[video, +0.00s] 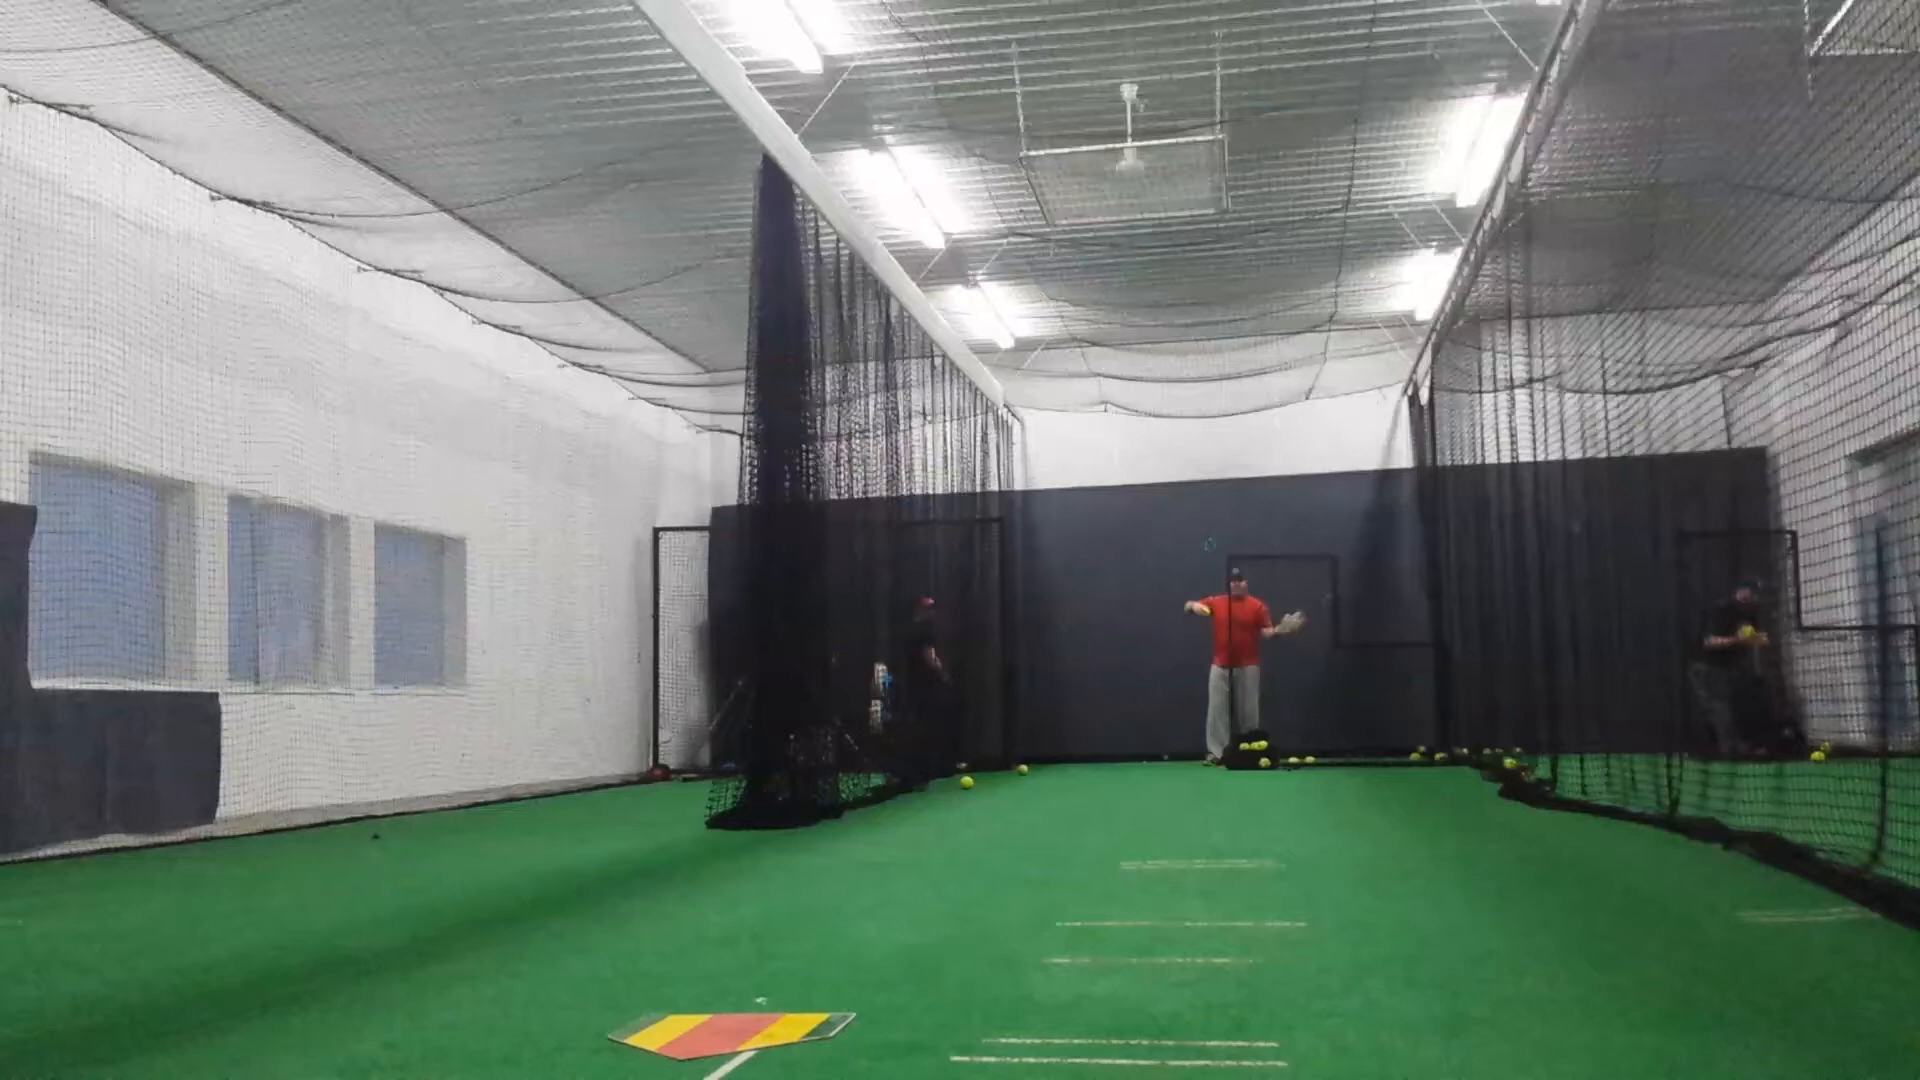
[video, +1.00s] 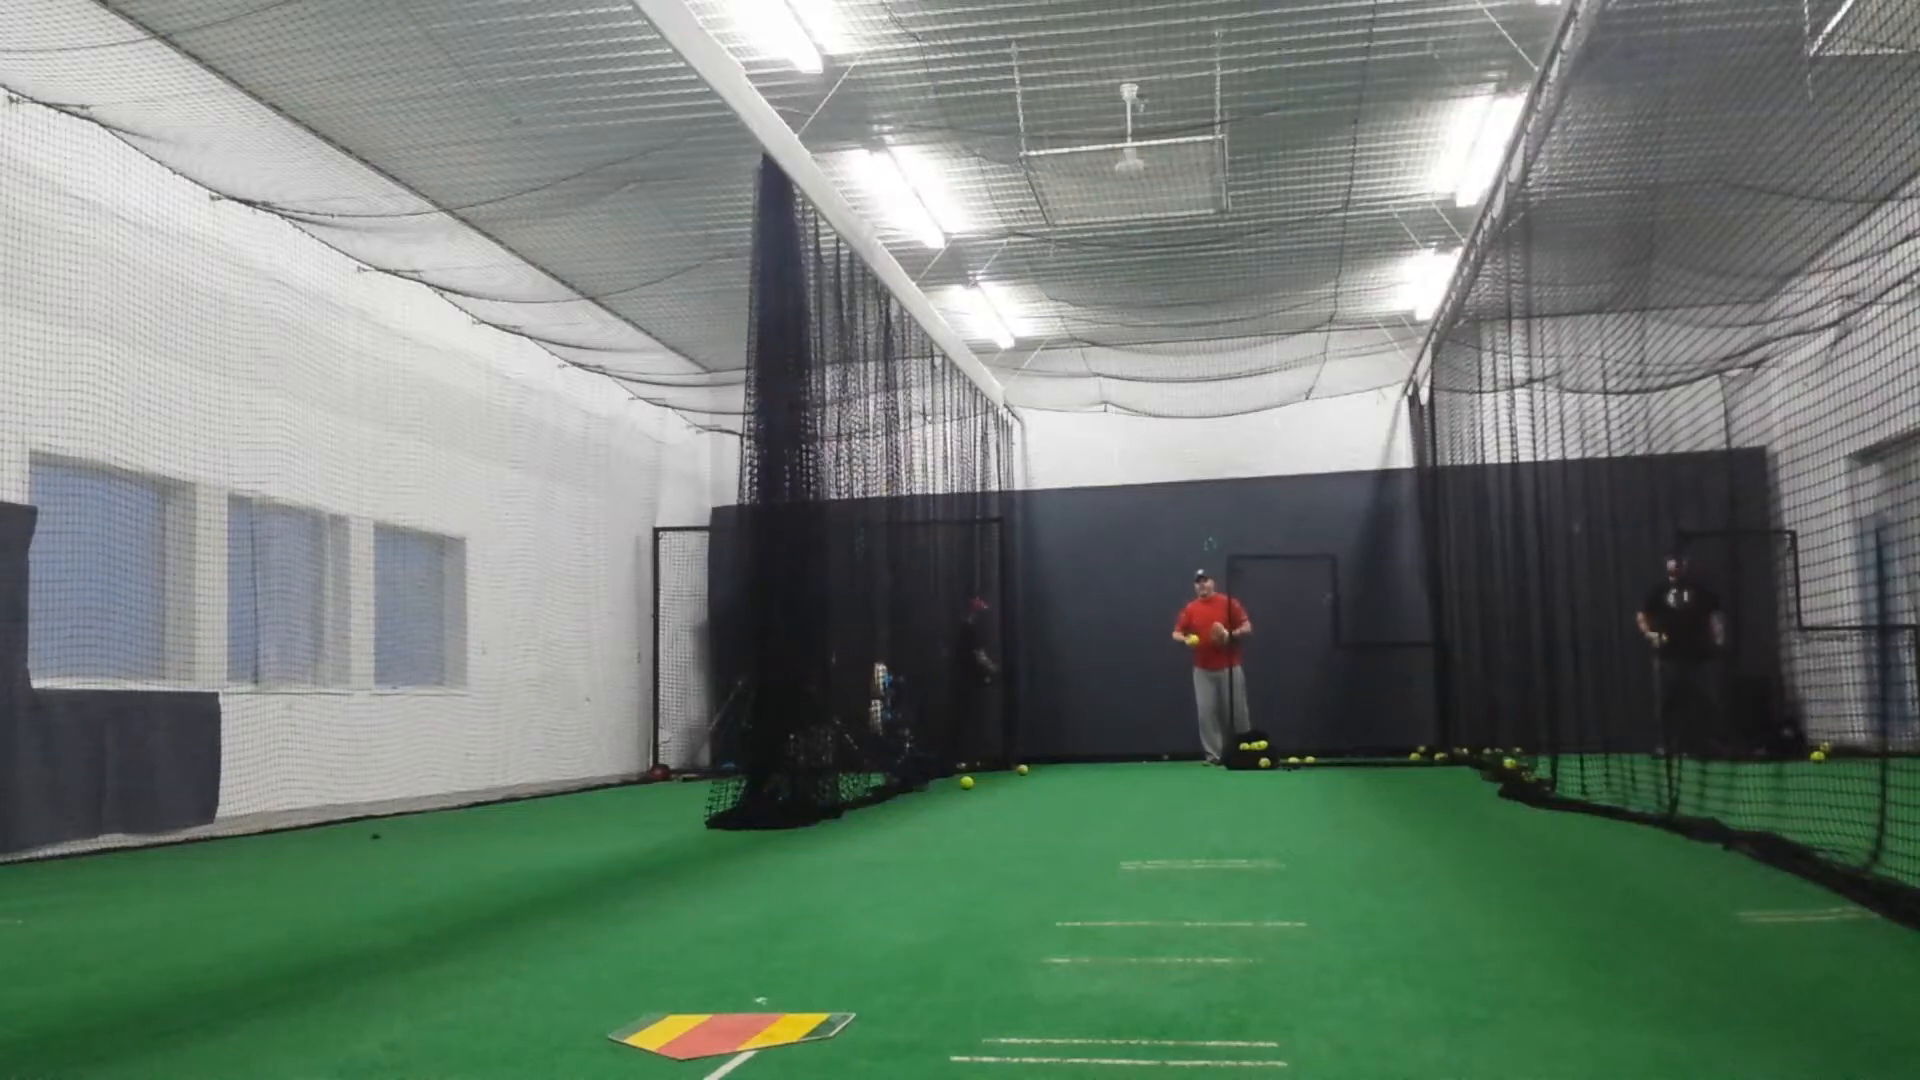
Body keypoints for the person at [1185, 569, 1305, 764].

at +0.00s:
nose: (1237, 584)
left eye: (1240, 580)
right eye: (1234, 581)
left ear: (1246, 583)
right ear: (1229, 584)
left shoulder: (1257, 606)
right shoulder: (1217, 602)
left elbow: (1266, 631)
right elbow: (1193, 605)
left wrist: (1282, 628)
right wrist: (1195, 606)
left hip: (1247, 664)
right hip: (1221, 664)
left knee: (1248, 707)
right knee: (1217, 708)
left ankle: (1251, 752)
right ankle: (1216, 752)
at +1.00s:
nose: (1202, 585)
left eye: (1205, 581)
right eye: (1198, 582)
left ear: (1213, 583)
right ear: (1194, 586)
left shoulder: (1229, 604)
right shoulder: (1190, 609)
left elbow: (1247, 627)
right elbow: (1176, 633)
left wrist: (1230, 634)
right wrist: (1186, 638)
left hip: (1229, 667)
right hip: (1204, 669)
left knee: (1237, 710)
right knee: (1206, 712)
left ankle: (1244, 751)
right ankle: (1213, 753)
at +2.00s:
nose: (1218, 587)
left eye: (1221, 583)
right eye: (1215, 583)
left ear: (1228, 585)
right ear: (1211, 586)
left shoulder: (1241, 604)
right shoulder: (1203, 607)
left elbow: (1266, 618)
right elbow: (1185, 628)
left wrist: (1254, 629)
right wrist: (1192, 629)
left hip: (1239, 667)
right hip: (1213, 668)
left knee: (1244, 709)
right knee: (1212, 711)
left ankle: (1246, 751)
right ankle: (1213, 752)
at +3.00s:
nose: (1222, 584)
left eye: (1225, 580)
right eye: (1219, 580)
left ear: (1233, 582)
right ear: (1215, 584)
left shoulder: (1248, 603)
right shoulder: (1209, 605)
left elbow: (1269, 623)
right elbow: (1198, 629)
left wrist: (1249, 630)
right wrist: (1192, 621)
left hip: (1242, 666)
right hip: (1216, 666)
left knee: (1246, 709)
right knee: (1209, 709)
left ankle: (1250, 752)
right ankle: (1207, 753)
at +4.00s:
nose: (1208, 583)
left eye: (1210, 579)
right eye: (1204, 580)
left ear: (1217, 582)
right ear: (1199, 583)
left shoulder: (1228, 603)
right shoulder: (1191, 605)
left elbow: (1246, 626)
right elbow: (1174, 630)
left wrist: (1236, 630)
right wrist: (1184, 627)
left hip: (1226, 666)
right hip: (1201, 667)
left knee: (1233, 711)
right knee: (1201, 713)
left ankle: (1239, 752)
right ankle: (1205, 754)